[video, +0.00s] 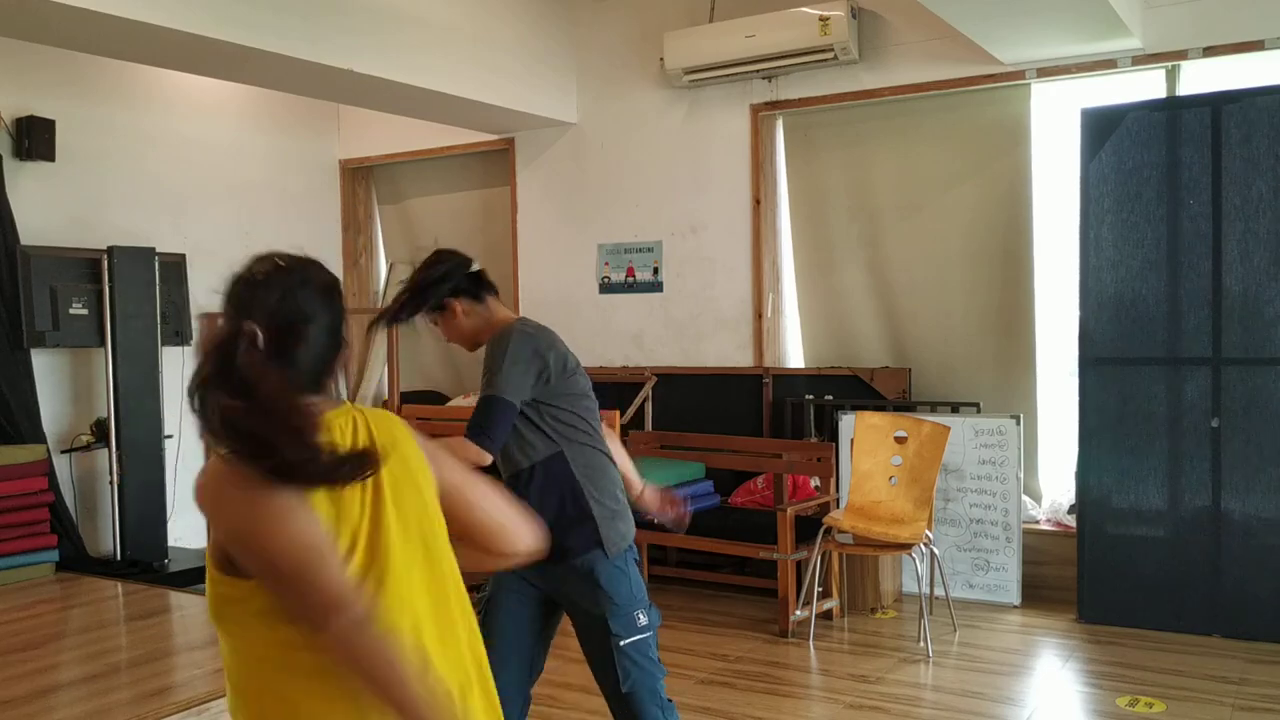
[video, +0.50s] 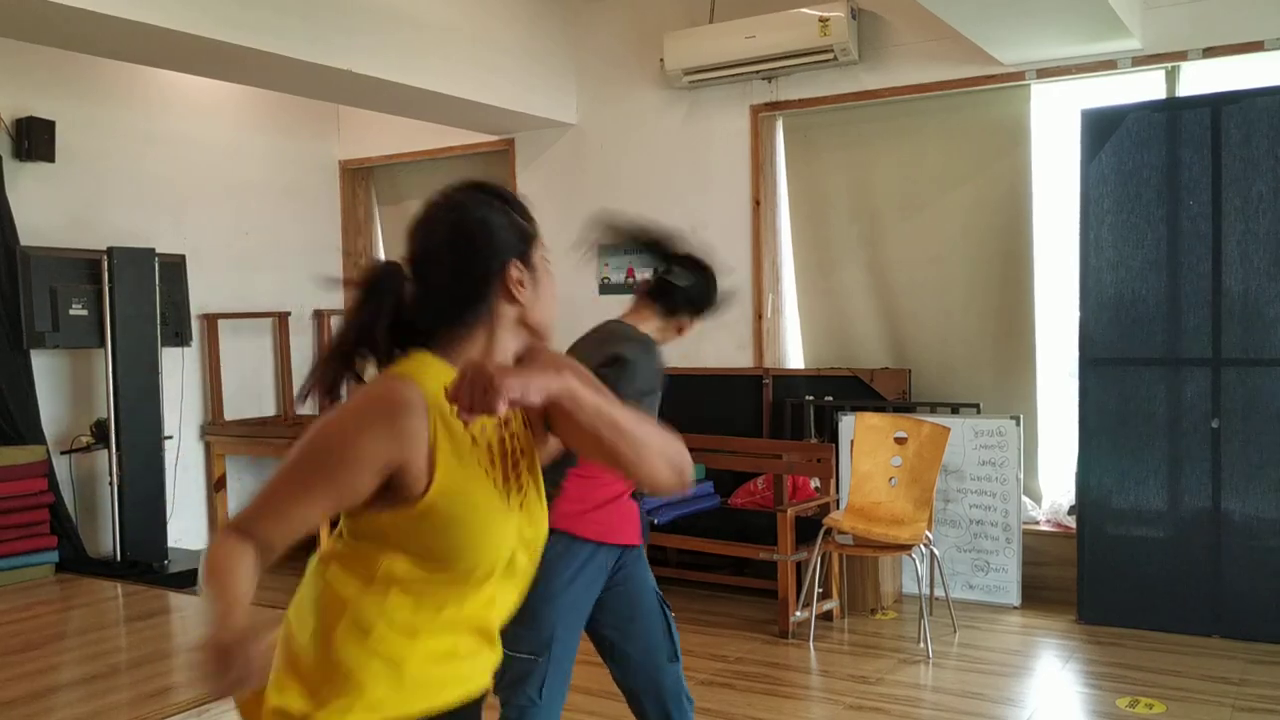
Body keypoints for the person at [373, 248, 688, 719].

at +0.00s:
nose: (441, 334)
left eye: (438, 319)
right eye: (435, 323)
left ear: (458, 303)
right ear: (471, 297)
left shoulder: (521, 341)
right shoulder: (517, 347)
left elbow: (480, 449)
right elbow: (597, 428)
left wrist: (405, 448)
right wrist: (639, 490)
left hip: (594, 546)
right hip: (531, 550)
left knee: (640, 702)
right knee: (498, 695)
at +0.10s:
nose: (446, 322)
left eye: (451, 307)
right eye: (442, 311)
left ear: (487, 293)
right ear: (485, 295)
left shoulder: (530, 341)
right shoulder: (506, 351)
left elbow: (503, 445)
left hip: (603, 549)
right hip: (533, 552)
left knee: (639, 699)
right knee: (503, 695)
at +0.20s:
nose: (473, 303)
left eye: (484, 288)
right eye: (468, 290)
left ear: (522, 286)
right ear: (464, 293)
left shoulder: (548, 349)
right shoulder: (508, 364)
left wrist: (497, 463)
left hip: (606, 556)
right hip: (534, 559)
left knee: (654, 702)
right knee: (502, 696)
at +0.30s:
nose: (527, 285)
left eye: (539, 270)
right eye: (515, 272)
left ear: (565, 277)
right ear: (500, 280)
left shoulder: (597, 351)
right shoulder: (497, 364)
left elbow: (689, 408)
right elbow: (488, 445)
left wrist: (607, 452)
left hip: (610, 557)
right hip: (519, 561)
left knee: (662, 701)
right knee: (501, 707)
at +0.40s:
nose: (646, 285)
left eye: (651, 275)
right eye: (633, 271)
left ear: (656, 281)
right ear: (591, 276)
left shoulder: (644, 350)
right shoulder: (546, 343)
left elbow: (614, 425)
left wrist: (670, 419)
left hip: (614, 547)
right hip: (540, 552)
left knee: (659, 701)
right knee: (512, 700)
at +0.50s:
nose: (691, 329)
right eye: (696, 321)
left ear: (643, 289)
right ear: (688, 321)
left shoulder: (599, 340)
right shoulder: (637, 359)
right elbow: (548, 441)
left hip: (617, 543)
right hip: (570, 541)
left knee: (662, 687)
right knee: (533, 695)